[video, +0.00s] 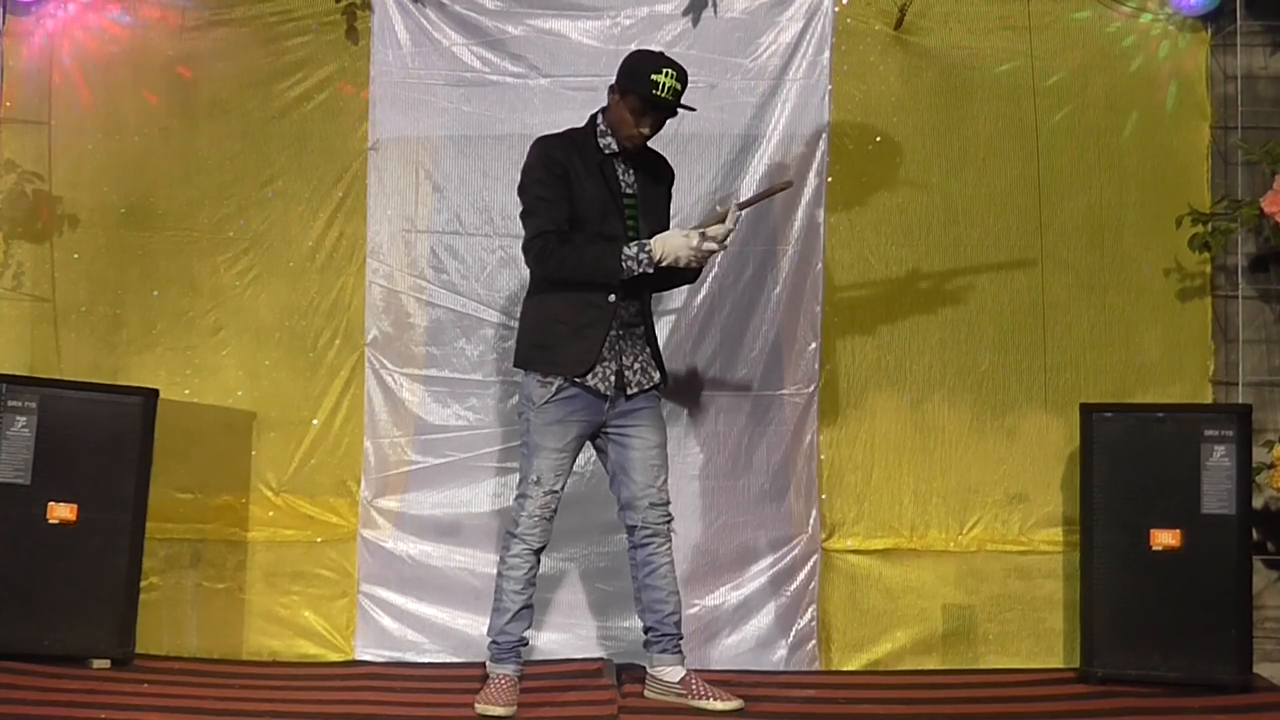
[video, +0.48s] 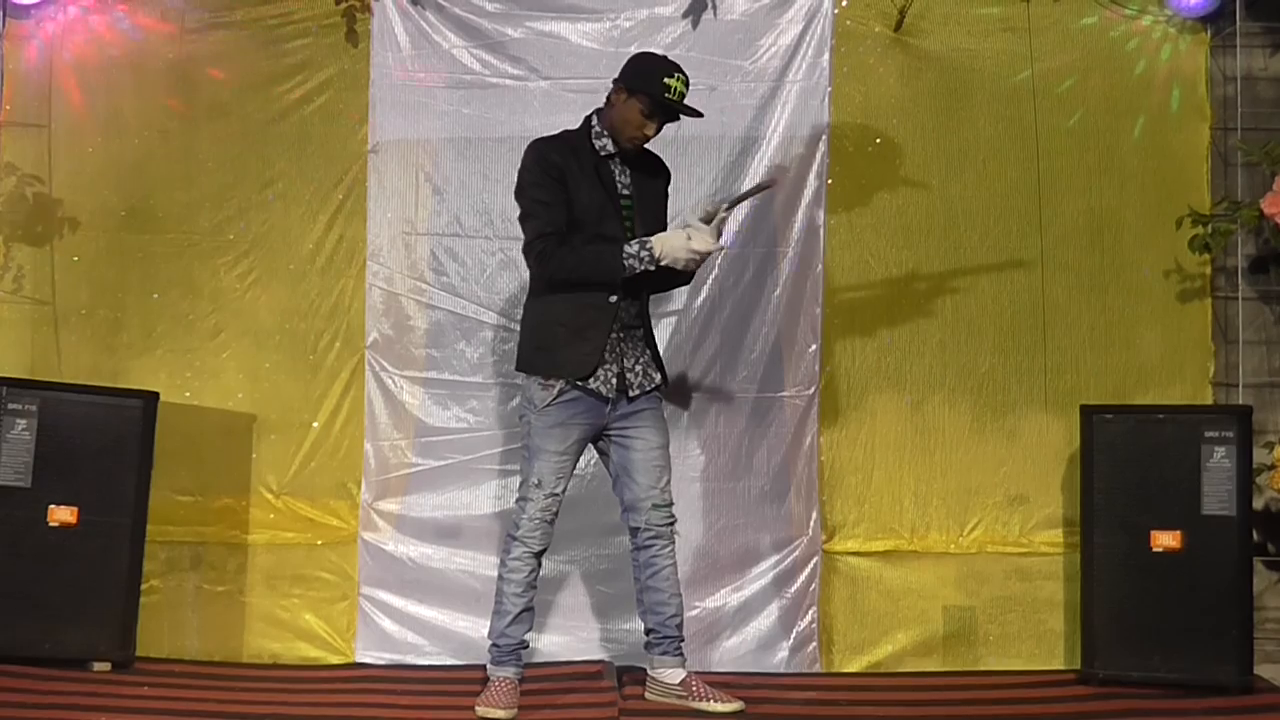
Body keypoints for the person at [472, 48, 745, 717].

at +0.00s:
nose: (651, 124)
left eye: (662, 115)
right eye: (645, 109)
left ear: (667, 115)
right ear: (615, 95)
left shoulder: (656, 172)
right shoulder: (553, 154)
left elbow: (641, 277)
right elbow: (545, 258)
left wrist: (693, 257)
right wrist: (647, 254)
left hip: (635, 375)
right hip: (561, 374)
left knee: (650, 519)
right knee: (532, 521)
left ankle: (666, 671)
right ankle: (503, 671)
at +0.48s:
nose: (657, 127)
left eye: (665, 118)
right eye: (652, 113)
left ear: (660, 117)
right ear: (618, 96)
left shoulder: (652, 174)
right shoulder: (549, 156)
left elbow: (639, 279)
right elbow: (547, 260)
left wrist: (685, 260)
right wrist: (647, 252)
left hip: (635, 377)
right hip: (562, 377)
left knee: (654, 521)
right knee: (533, 526)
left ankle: (667, 672)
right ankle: (503, 673)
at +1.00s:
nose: (646, 121)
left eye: (656, 113)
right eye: (640, 105)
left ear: (658, 115)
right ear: (610, 91)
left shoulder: (651, 170)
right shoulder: (544, 156)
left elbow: (644, 275)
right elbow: (540, 260)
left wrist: (692, 255)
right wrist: (638, 253)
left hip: (636, 376)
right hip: (561, 376)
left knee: (653, 519)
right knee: (532, 525)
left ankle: (666, 671)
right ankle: (503, 672)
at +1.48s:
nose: (648, 115)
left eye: (658, 106)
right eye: (642, 99)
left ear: (662, 111)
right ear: (612, 87)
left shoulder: (652, 166)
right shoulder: (545, 153)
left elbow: (642, 271)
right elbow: (544, 258)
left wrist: (692, 250)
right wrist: (644, 249)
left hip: (638, 374)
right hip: (562, 374)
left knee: (654, 518)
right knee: (533, 522)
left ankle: (666, 670)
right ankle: (503, 669)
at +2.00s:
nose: (633, 91)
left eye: (648, 83)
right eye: (623, 76)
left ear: (661, 94)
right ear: (603, 79)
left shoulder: (662, 173)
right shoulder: (557, 152)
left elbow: (642, 279)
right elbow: (553, 254)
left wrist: (695, 260)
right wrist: (652, 250)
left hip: (639, 372)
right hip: (564, 368)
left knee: (656, 518)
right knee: (534, 519)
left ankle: (667, 670)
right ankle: (503, 668)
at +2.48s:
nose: (669, 120)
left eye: (677, 110)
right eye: (662, 104)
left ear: (673, 111)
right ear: (627, 90)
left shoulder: (658, 168)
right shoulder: (554, 150)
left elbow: (642, 274)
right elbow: (539, 249)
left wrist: (698, 251)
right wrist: (638, 237)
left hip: (638, 374)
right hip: (563, 373)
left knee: (654, 519)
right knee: (533, 522)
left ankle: (666, 670)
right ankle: (502, 670)